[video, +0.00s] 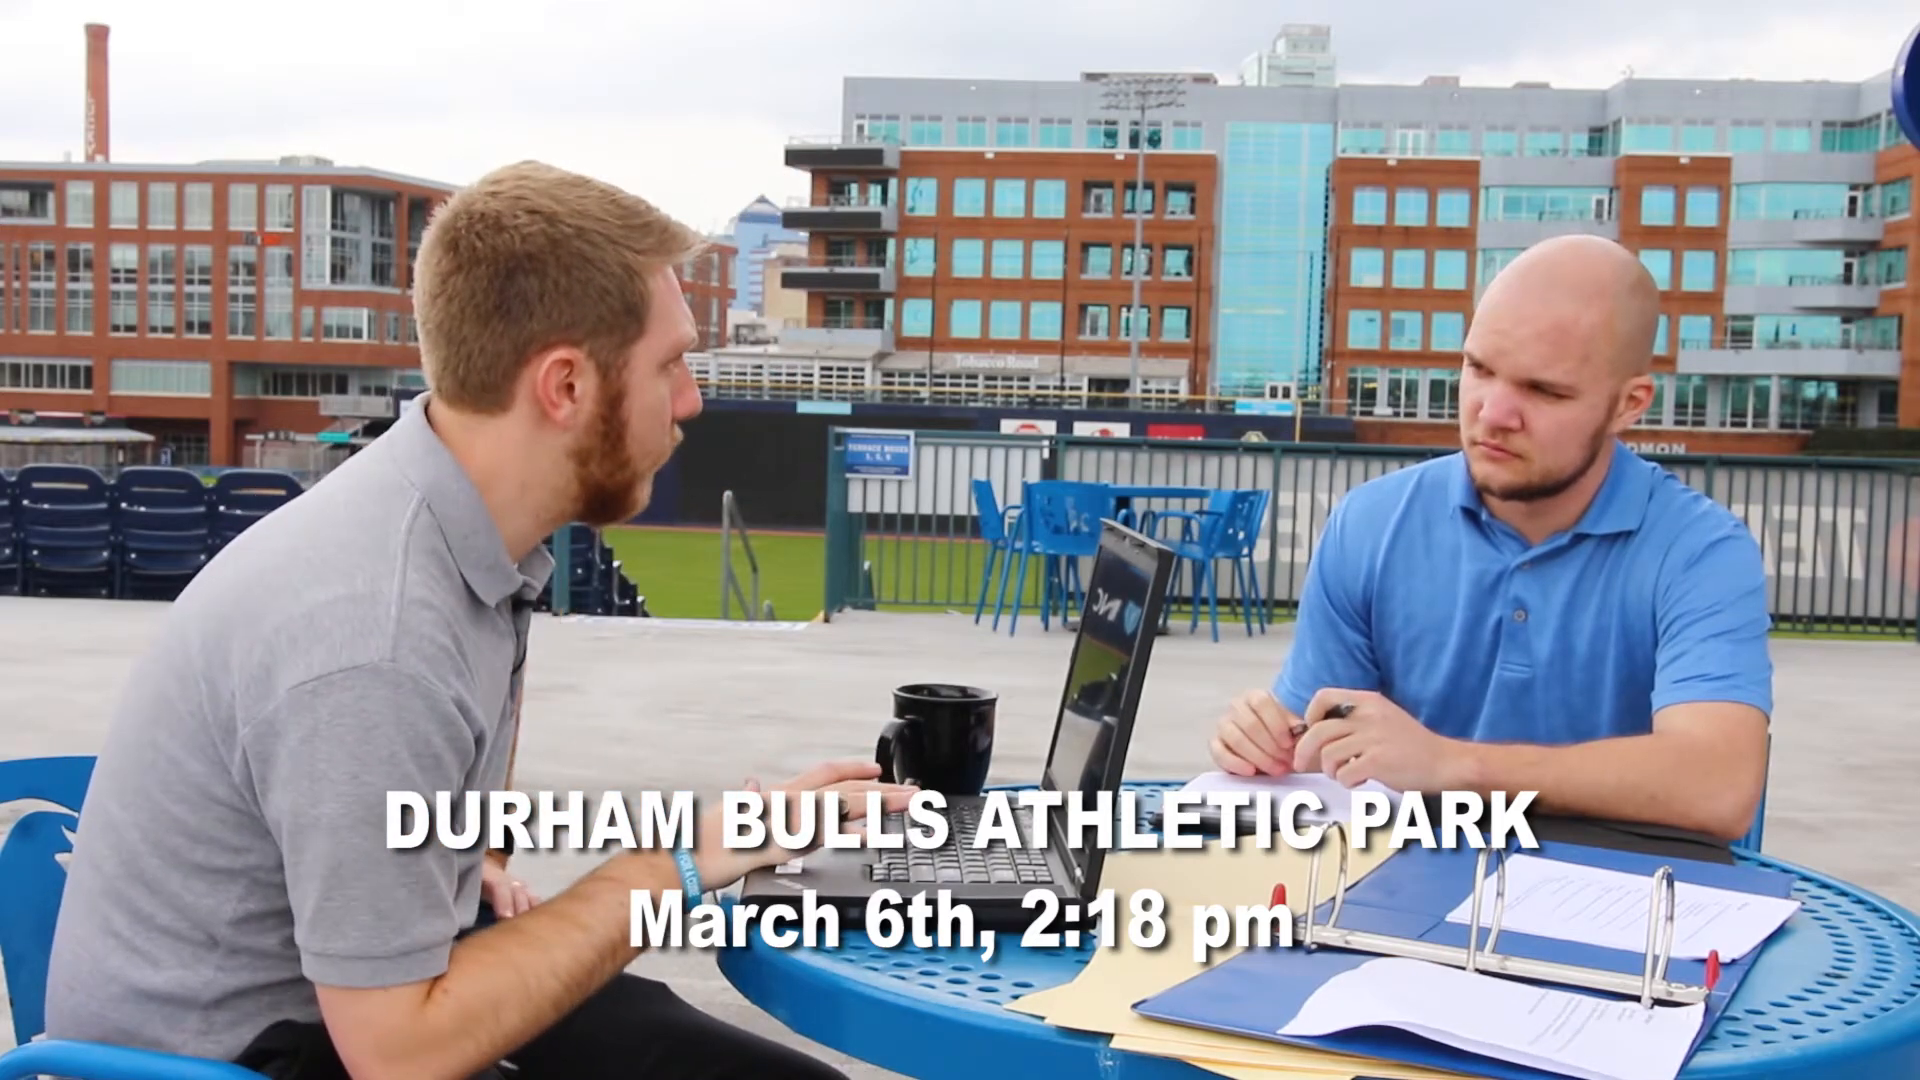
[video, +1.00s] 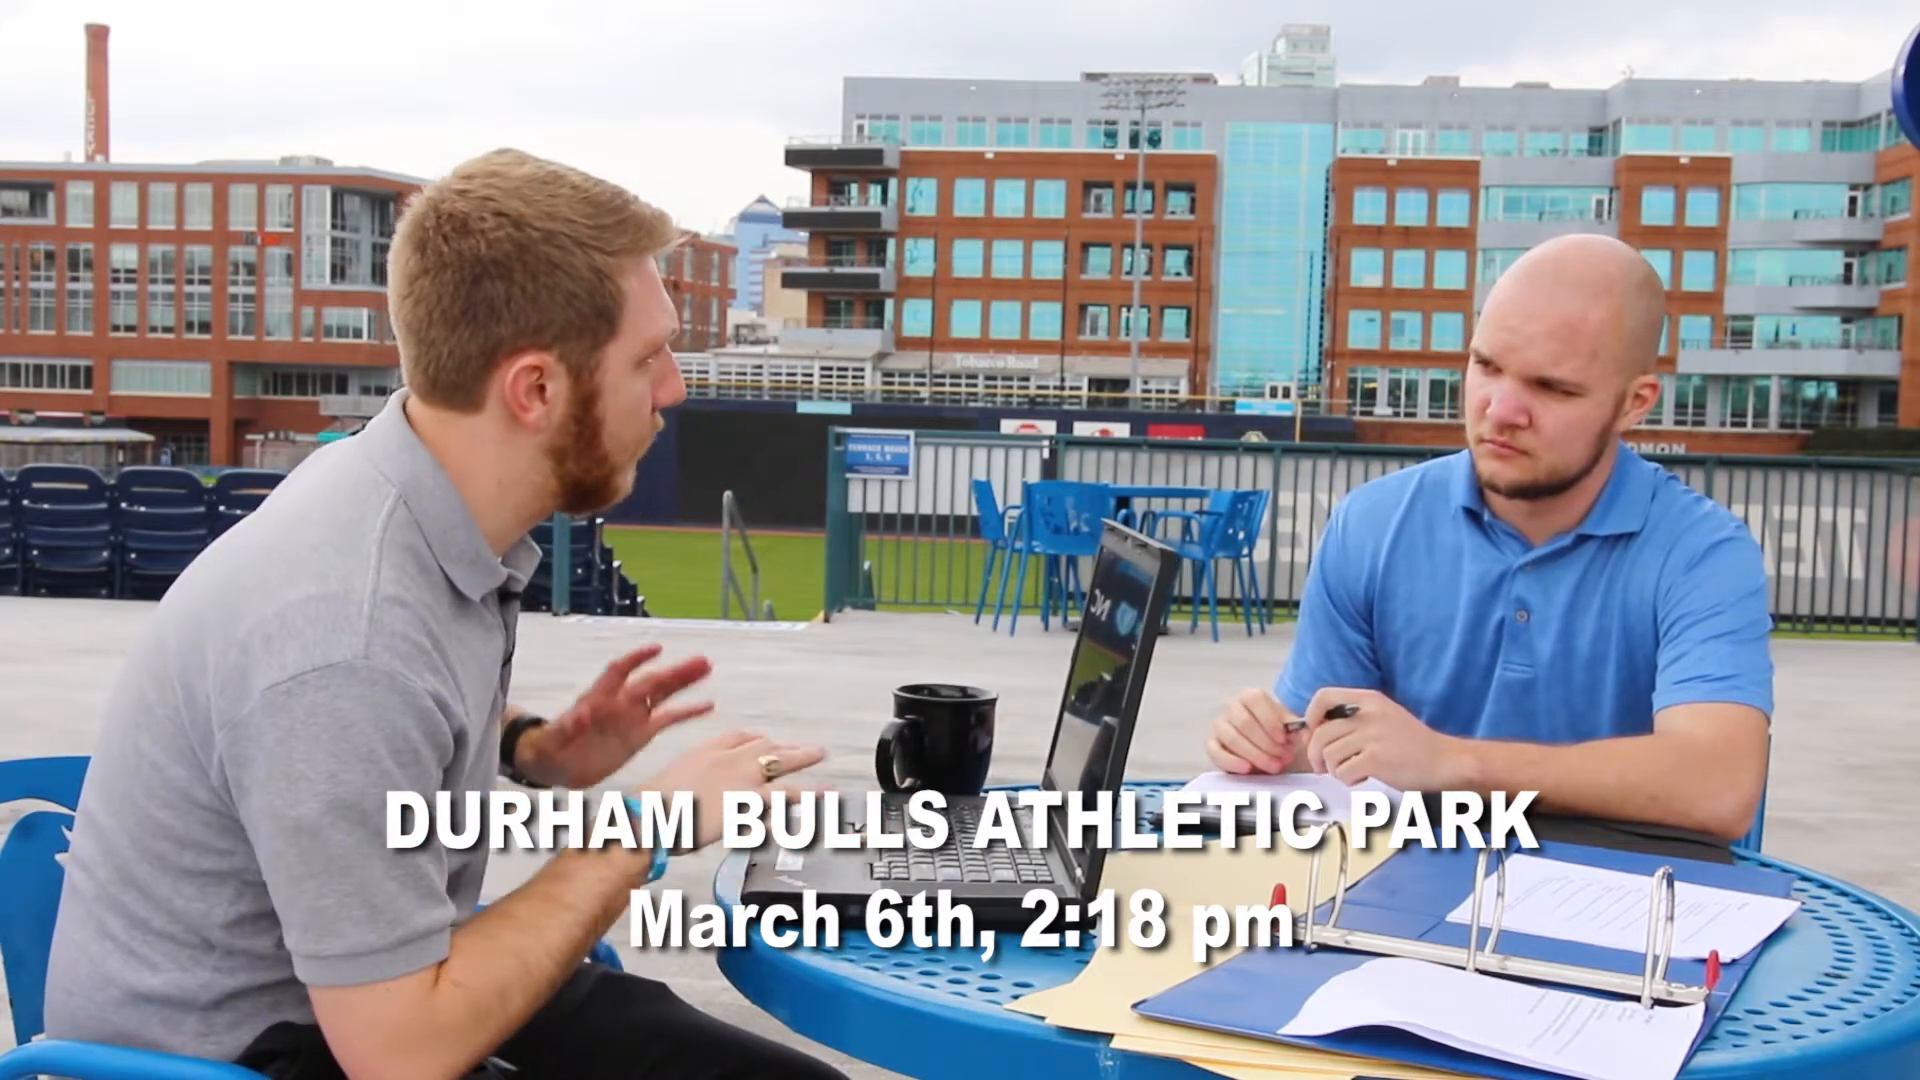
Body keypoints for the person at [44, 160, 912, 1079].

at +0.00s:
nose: (694, 402)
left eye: (688, 365)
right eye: (674, 369)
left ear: (562, 389)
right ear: (565, 389)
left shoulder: (464, 526)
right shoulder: (365, 642)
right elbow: (404, 1047)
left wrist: (467, 857)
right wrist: (690, 860)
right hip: (212, 1048)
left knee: (803, 1063)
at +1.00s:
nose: (676, 391)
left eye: (668, 353)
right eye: (651, 360)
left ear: (534, 392)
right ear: (533, 392)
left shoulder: (432, 512)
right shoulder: (338, 641)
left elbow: (401, 719)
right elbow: (400, 1044)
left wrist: (534, 756)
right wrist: (644, 831)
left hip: (365, 968)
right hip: (223, 1044)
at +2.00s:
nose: (688, 395)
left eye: (681, 358)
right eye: (664, 364)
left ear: (541, 392)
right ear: (552, 391)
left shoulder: (434, 523)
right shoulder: (343, 620)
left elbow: (417, 788)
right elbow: (383, 1030)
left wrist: (638, 780)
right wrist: (688, 867)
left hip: (368, 966)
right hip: (227, 1042)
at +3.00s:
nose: (663, 377)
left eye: (661, 339)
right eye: (648, 343)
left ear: (531, 357)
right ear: (540, 365)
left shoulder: (320, 452)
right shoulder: (368, 633)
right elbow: (397, 1040)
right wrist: (709, 861)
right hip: (215, 1048)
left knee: (615, 1000)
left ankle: (817, 1065)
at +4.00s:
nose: (616, 376)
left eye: (620, 343)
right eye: (621, 346)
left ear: (409, 321)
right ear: (575, 373)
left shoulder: (358, 470)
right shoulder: (333, 624)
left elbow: (551, 537)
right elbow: (382, 1038)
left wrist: (784, 498)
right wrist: (709, 860)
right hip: (214, 1048)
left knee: (630, 1004)